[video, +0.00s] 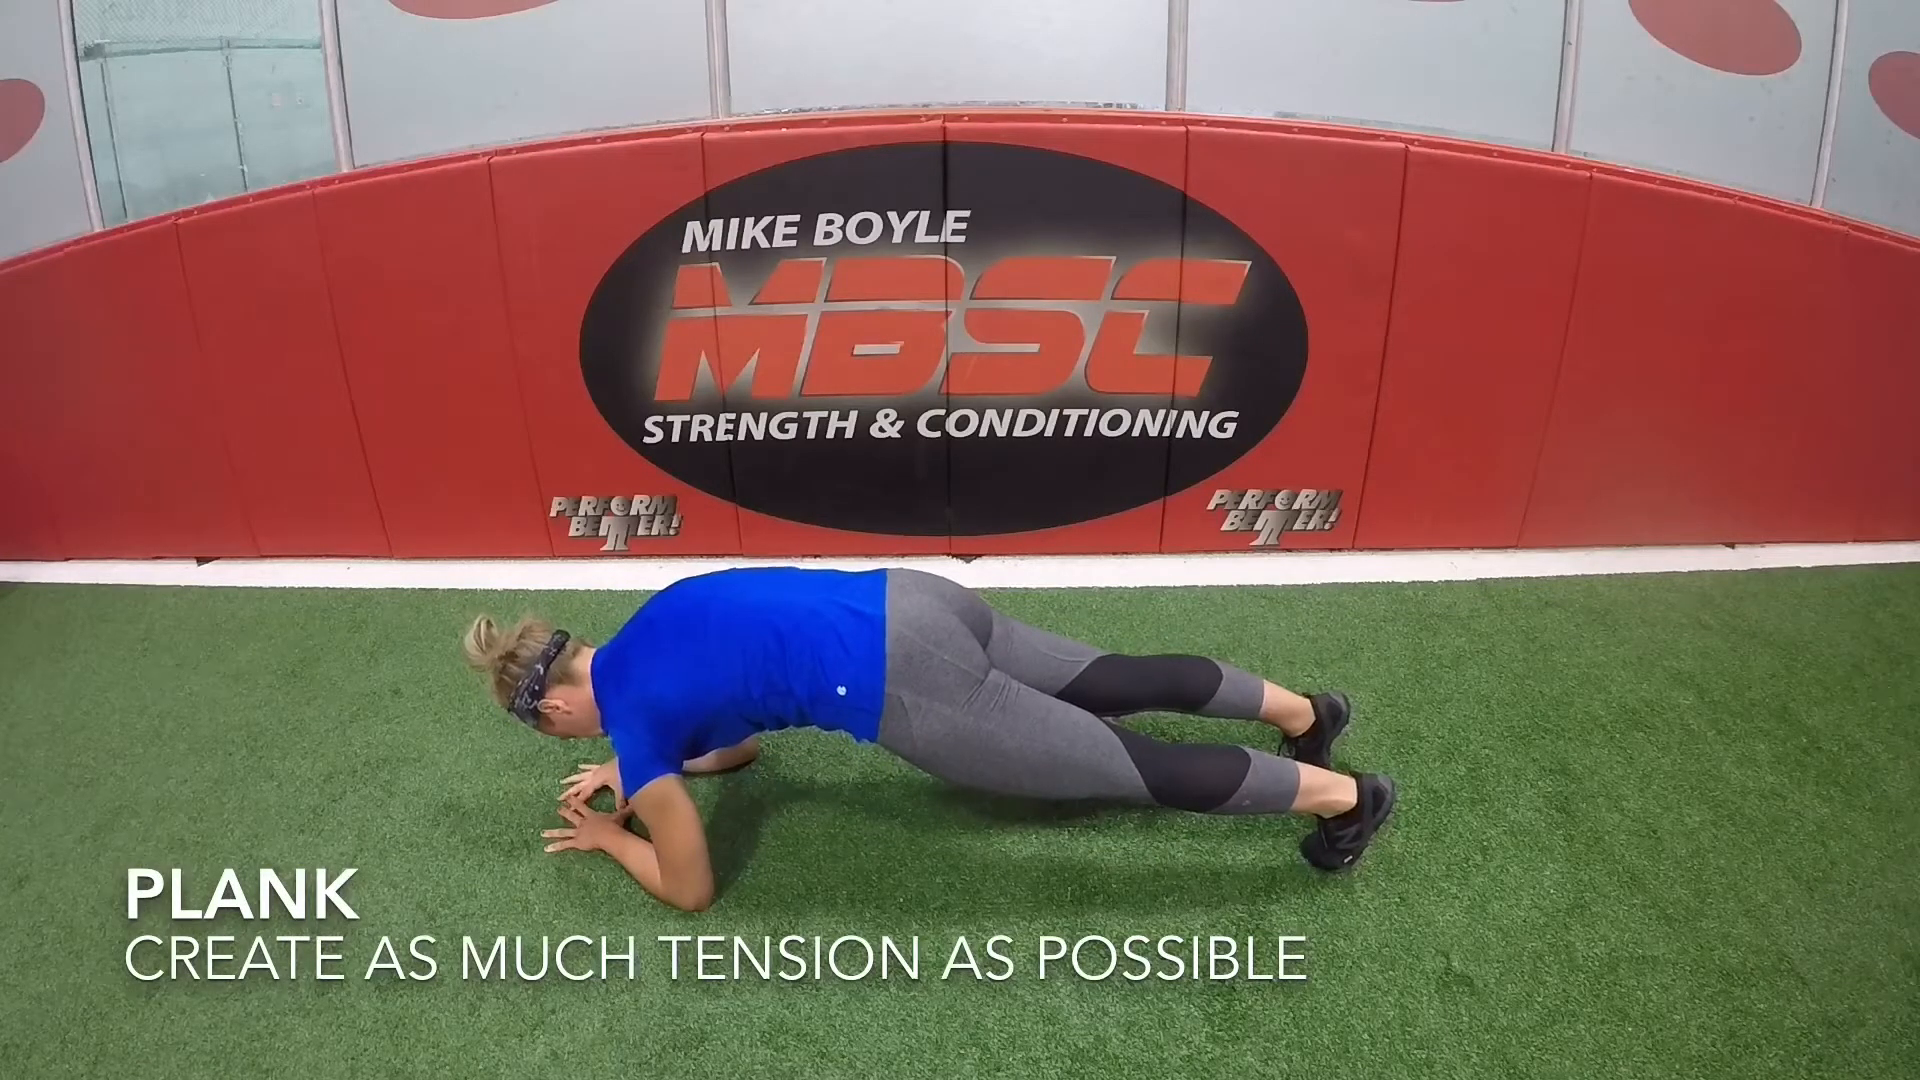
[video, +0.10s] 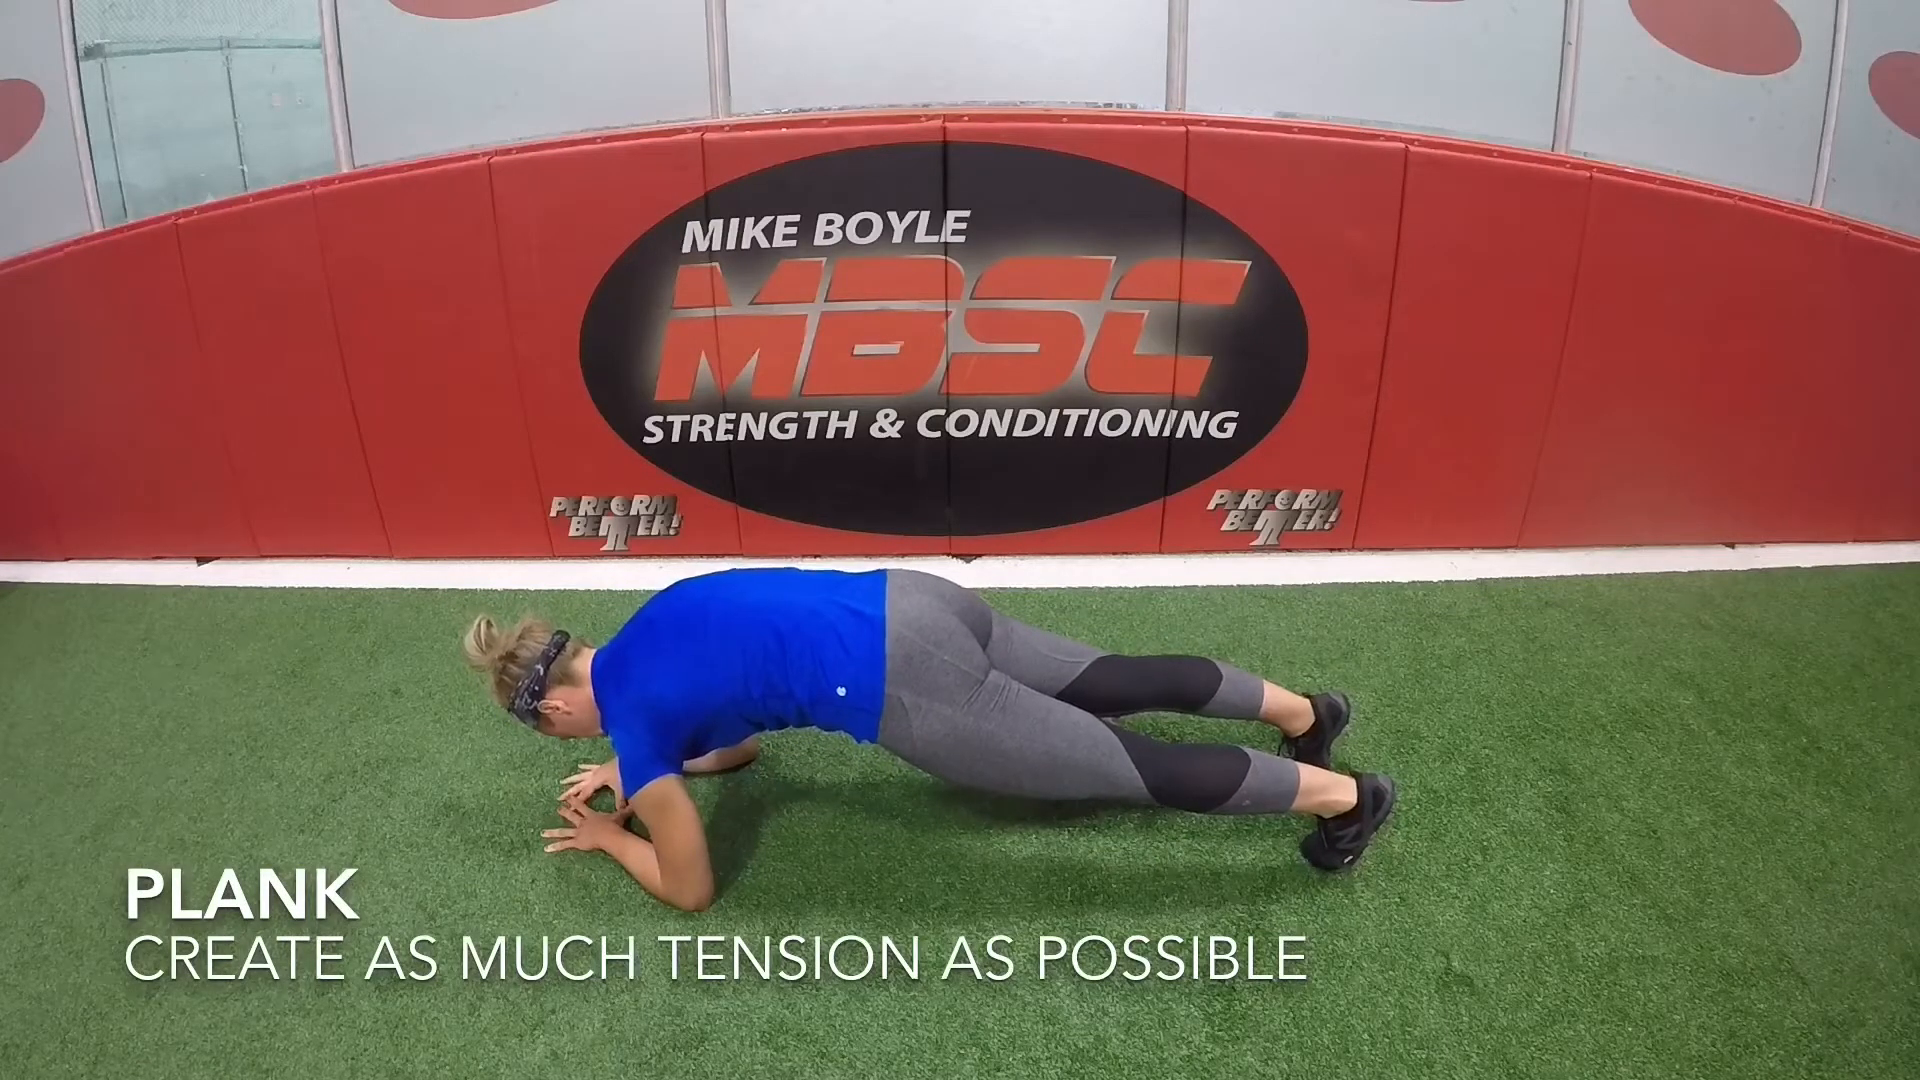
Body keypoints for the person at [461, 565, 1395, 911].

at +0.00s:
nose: (567, 735)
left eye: (551, 729)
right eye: (555, 729)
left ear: (557, 697)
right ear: (572, 646)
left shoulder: (631, 716)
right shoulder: (658, 609)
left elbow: (688, 885)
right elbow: (737, 740)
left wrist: (614, 841)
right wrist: (638, 778)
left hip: (901, 688)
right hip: (914, 591)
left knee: (1134, 767)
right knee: (1111, 677)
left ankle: (1342, 794)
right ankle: (1308, 715)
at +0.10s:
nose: (566, 736)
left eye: (551, 729)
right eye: (555, 730)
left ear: (557, 697)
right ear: (573, 647)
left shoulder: (631, 717)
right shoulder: (656, 611)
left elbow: (688, 886)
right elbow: (736, 741)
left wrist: (614, 841)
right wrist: (636, 776)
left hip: (901, 688)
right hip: (914, 591)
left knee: (1134, 767)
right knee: (1109, 677)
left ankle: (1342, 794)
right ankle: (1307, 715)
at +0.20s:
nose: (566, 736)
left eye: (551, 729)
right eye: (555, 731)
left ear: (558, 697)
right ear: (573, 648)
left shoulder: (631, 717)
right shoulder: (656, 612)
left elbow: (688, 886)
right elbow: (736, 741)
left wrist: (614, 841)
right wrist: (636, 776)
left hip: (901, 689)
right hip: (914, 592)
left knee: (1134, 767)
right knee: (1109, 678)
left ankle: (1341, 794)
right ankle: (1307, 715)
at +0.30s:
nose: (566, 737)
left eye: (551, 730)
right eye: (555, 731)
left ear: (558, 697)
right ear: (573, 648)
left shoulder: (631, 717)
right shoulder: (656, 612)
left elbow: (688, 886)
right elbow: (736, 741)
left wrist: (614, 841)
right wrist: (636, 777)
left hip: (901, 688)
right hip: (914, 592)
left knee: (1133, 767)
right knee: (1110, 678)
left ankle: (1341, 794)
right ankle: (1307, 715)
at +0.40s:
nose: (568, 735)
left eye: (553, 728)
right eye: (557, 729)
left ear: (558, 698)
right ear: (574, 646)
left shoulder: (632, 717)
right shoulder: (657, 612)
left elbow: (688, 885)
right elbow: (738, 743)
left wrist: (615, 841)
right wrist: (639, 779)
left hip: (900, 690)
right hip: (915, 593)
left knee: (1133, 769)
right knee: (1106, 678)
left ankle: (1341, 794)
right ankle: (1307, 715)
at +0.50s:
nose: (568, 735)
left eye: (553, 729)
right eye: (557, 729)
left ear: (558, 699)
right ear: (574, 647)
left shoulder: (633, 717)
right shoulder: (656, 613)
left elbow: (688, 885)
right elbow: (737, 743)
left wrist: (613, 840)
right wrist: (638, 778)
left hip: (901, 689)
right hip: (915, 593)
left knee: (1133, 769)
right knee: (1106, 678)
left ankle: (1341, 794)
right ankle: (1307, 715)